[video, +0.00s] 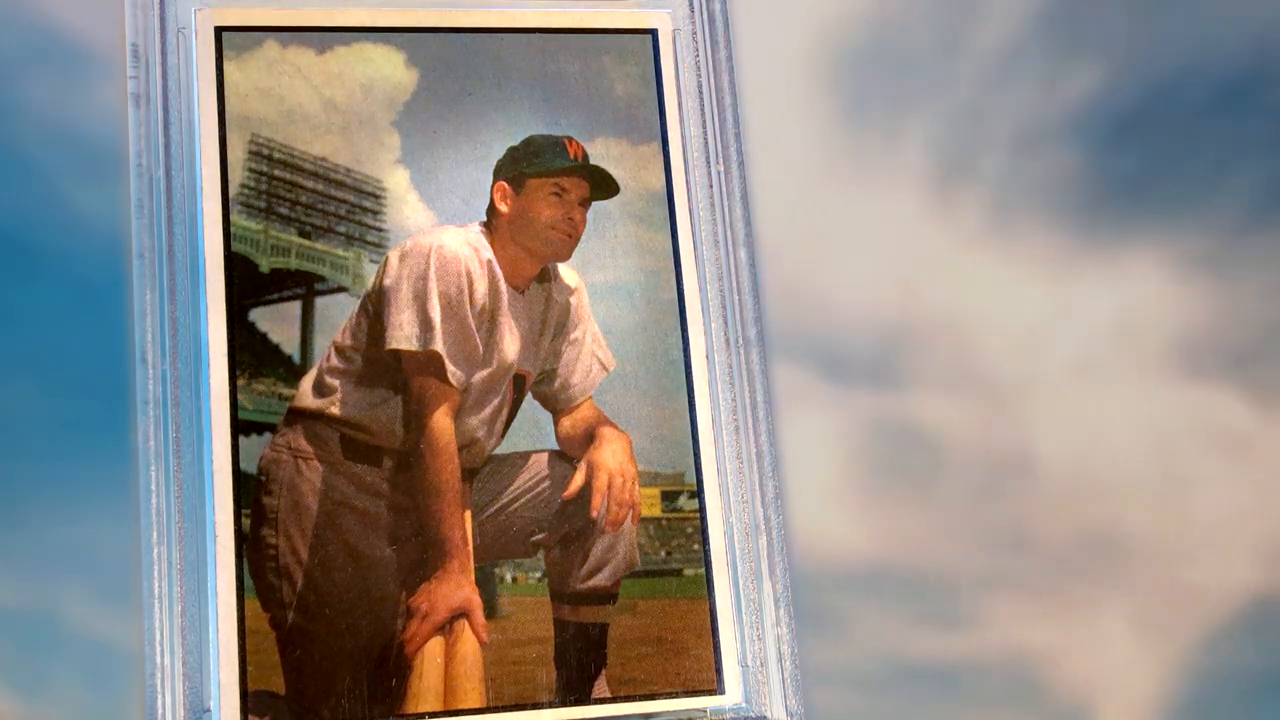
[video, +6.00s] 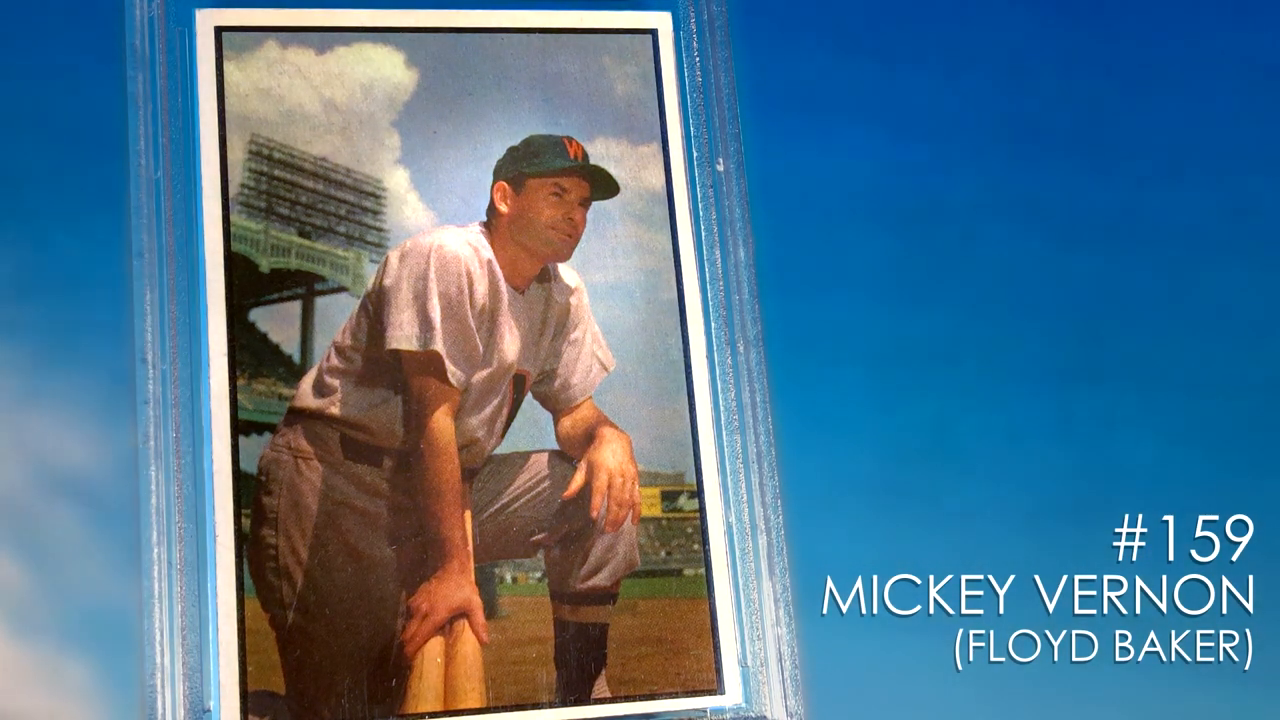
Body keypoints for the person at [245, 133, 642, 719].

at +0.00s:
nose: (576, 215)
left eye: (584, 203)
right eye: (557, 193)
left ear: (587, 217)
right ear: (504, 197)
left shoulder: (560, 295)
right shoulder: (442, 256)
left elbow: (575, 416)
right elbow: (432, 419)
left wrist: (609, 434)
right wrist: (454, 566)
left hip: (439, 486)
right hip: (335, 480)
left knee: (594, 487)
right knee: (346, 704)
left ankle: (580, 696)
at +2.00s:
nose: (576, 215)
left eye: (584, 204)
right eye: (557, 194)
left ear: (587, 217)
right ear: (505, 198)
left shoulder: (560, 295)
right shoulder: (441, 256)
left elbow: (575, 417)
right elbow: (432, 420)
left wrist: (609, 434)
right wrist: (454, 565)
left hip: (441, 486)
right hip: (335, 479)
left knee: (594, 487)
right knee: (347, 700)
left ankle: (581, 698)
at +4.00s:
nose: (576, 215)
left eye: (584, 203)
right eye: (558, 193)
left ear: (586, 217)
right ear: (505, 197)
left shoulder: (560, 296)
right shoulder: (441, 256)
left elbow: (575, 416)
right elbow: (431, 420)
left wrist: (609, 435)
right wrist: (454, 566)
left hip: (439, 486)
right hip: (334, 478)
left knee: (595, 488)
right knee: (349, 705)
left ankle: (580, 696)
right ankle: (243, 707)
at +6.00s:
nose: (576, 215)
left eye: (584, 204)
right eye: (557, 193)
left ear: (586, 217)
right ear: (504, 197)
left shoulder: (560, 296)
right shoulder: (441, 257)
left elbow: (575, 416)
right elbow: (431, 420)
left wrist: (609, 435)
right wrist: (454, 566)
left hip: (439, 486)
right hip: (334, 478)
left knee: (595, 488)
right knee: (348, 702)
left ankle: (579, 696)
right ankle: (239, 706)